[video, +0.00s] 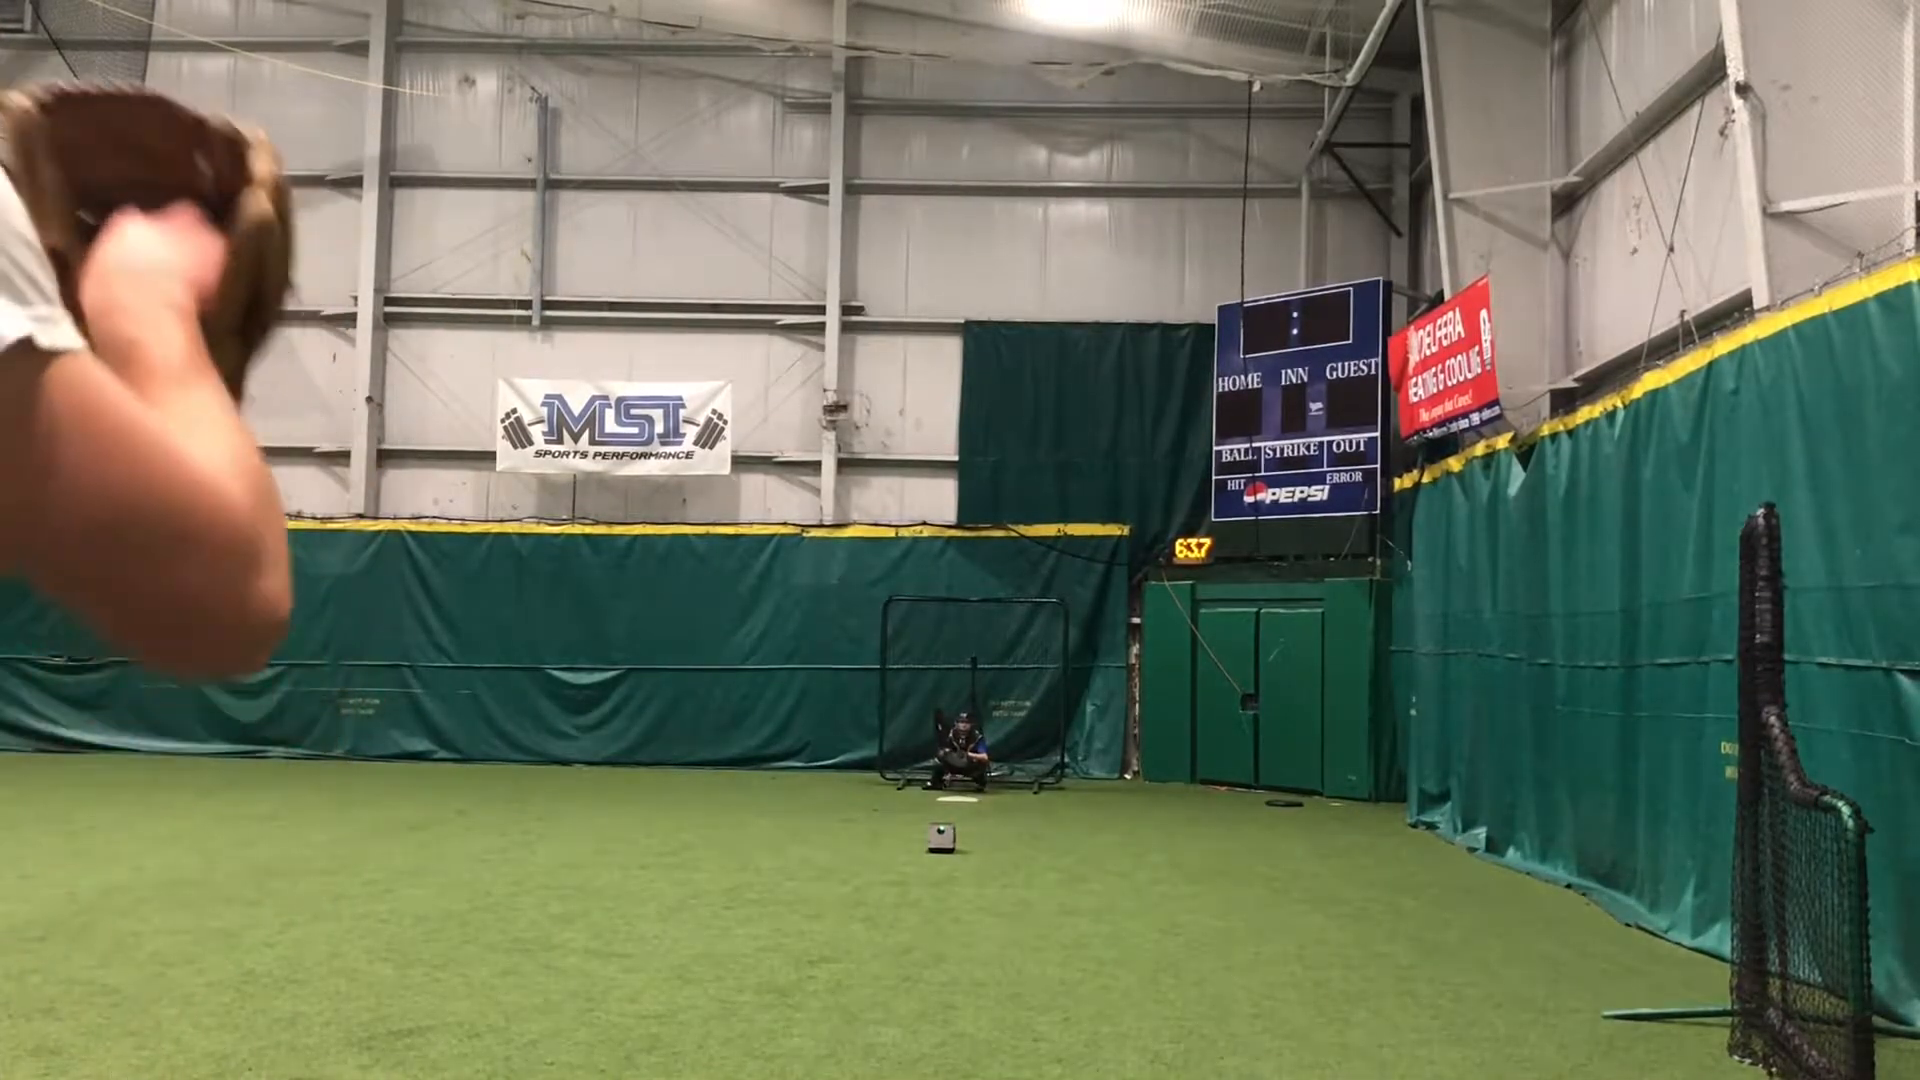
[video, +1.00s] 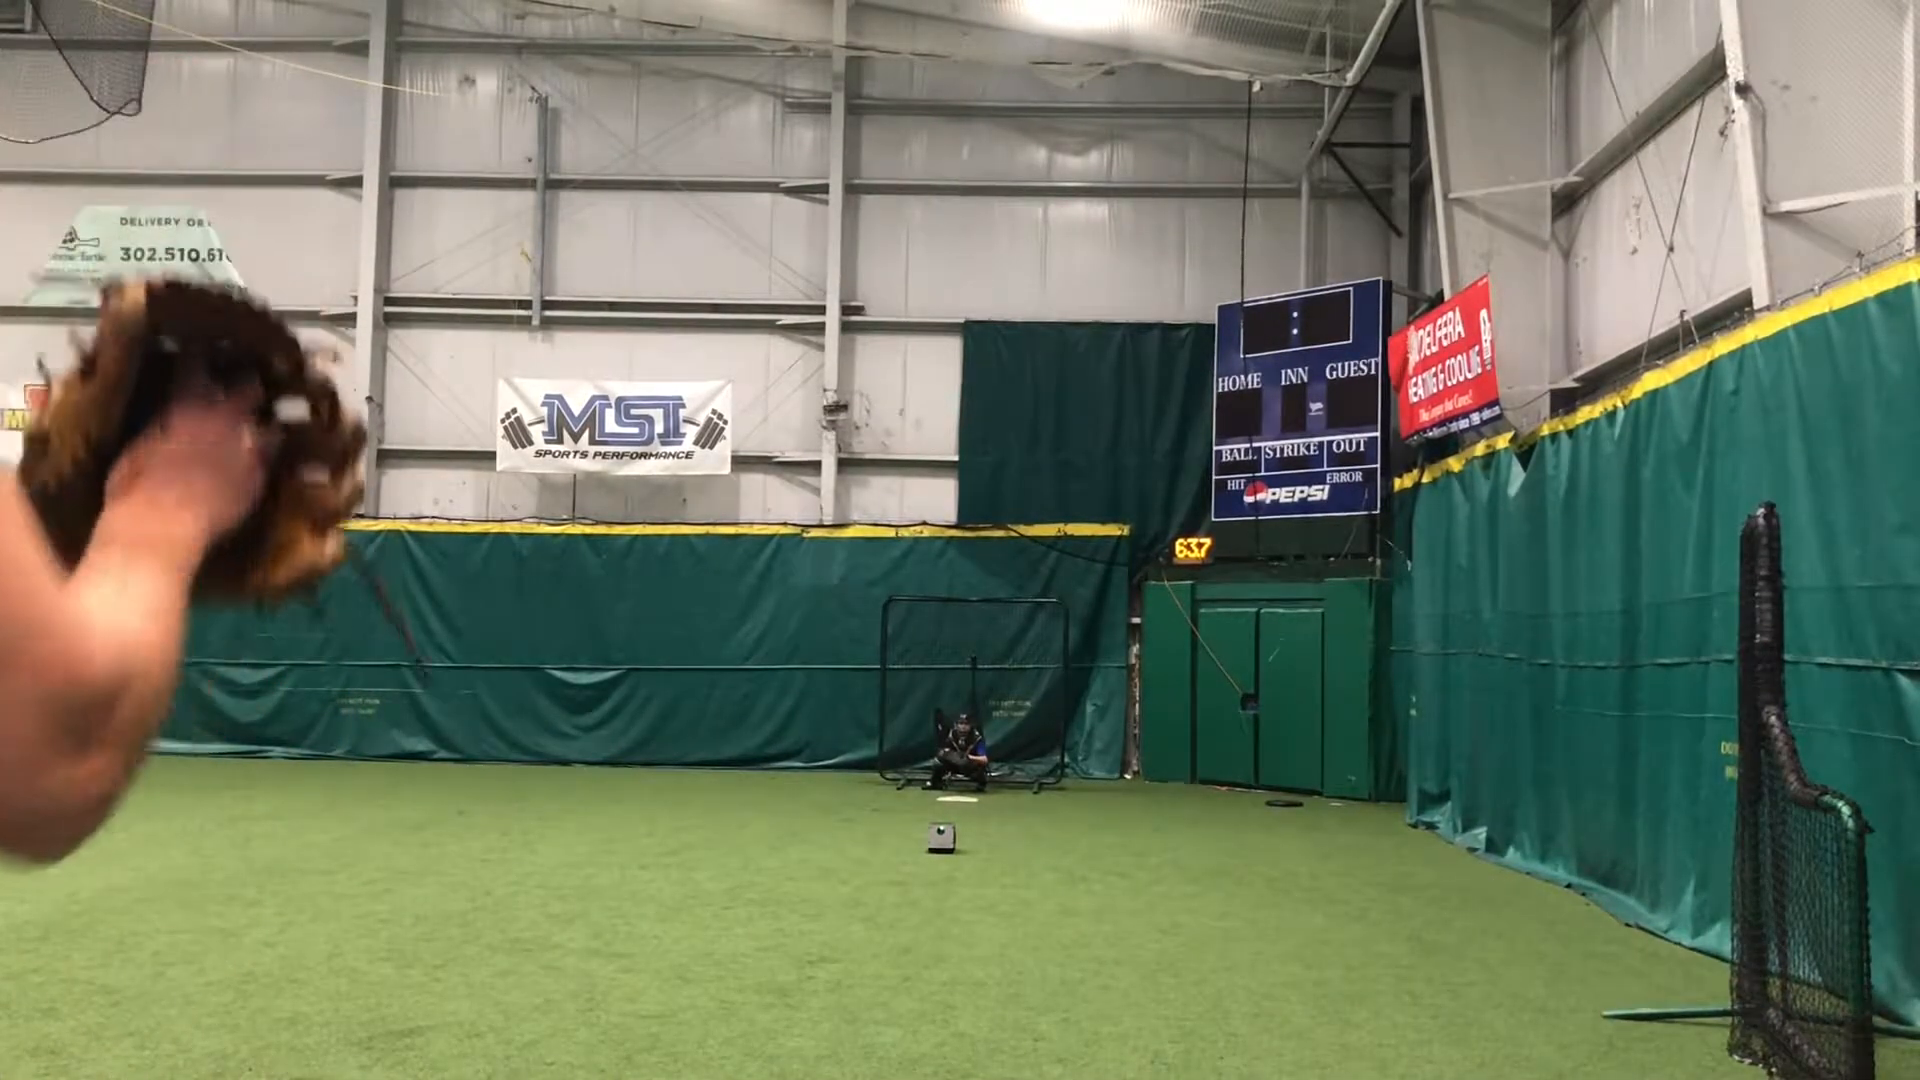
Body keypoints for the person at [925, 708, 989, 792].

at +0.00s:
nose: (964, 725)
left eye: (967, 723)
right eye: (961, 722)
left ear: (971, 725)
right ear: (956, 724)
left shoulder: (977, 737)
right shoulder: (950, 735)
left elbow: (984, 757)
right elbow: (942, 750)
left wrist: (968, 754)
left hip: (971, 763)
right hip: (953, 762)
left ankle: (981, 785)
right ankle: (936, 782)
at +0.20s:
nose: (964, 725)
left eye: (967, 722)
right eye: (961, 722)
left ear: (972, 724)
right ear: (956, 724)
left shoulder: (977, 737)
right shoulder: (950, 734)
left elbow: (985, 758)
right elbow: (942, 752)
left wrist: (971, 755)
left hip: (971, 764)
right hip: (953, 762)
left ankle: (981, 784)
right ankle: (936, 782)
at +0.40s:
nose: (964, 726)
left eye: (967, 723)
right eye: (961, 722)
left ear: (971, 725)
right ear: (957, 724)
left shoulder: (977, 738)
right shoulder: (950, 735)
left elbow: (985, 758)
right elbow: (942, 752)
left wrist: (971, 756)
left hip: (971, 764)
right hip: (954, 762)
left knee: (979, 774)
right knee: (940, 763)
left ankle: (981, 784)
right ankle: (936, 782)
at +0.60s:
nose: (964, 726)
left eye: (967, 723)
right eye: (961, 723)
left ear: (971, 725)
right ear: (956, 724)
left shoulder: (977, 738)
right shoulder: (950, 735)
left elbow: (984, 759)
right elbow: (941, 752)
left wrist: (970, 756)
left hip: (970, 763)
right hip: (953, 761)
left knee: (978, 773)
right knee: (940, 762)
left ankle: (981, 784)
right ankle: (936, 782)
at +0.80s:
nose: (964, 727)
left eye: (967, 723)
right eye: (961, 723)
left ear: (971, 725)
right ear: (956, 725)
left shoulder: (977, 738)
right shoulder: (950, 736)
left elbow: (984, 760)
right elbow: (941, 752)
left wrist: (970, 757)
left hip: (971, 764)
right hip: (953, 763)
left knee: (979, 773)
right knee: (939, 763)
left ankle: (981, 785)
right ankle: (936, 783)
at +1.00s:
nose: (963, 727)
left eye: (966, 724)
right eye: (960, 724)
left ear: (970, 726)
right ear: (956, 725)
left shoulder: (977, 738)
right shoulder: (951, 735)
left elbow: (984, 759)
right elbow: (943, 751)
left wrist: (969, 757)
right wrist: (952, 756)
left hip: (970, 763)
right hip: (954, 762)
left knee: (979, 773)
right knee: (939, 764)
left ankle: (981, 784)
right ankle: (936, 783)